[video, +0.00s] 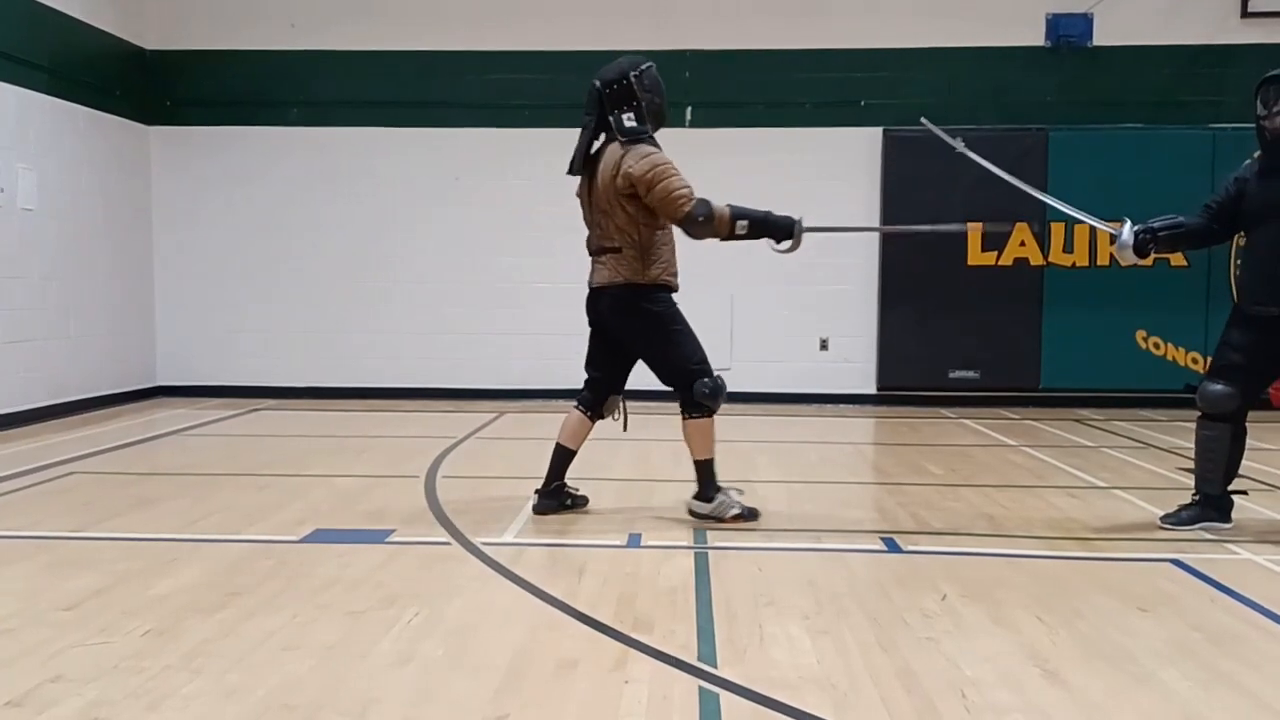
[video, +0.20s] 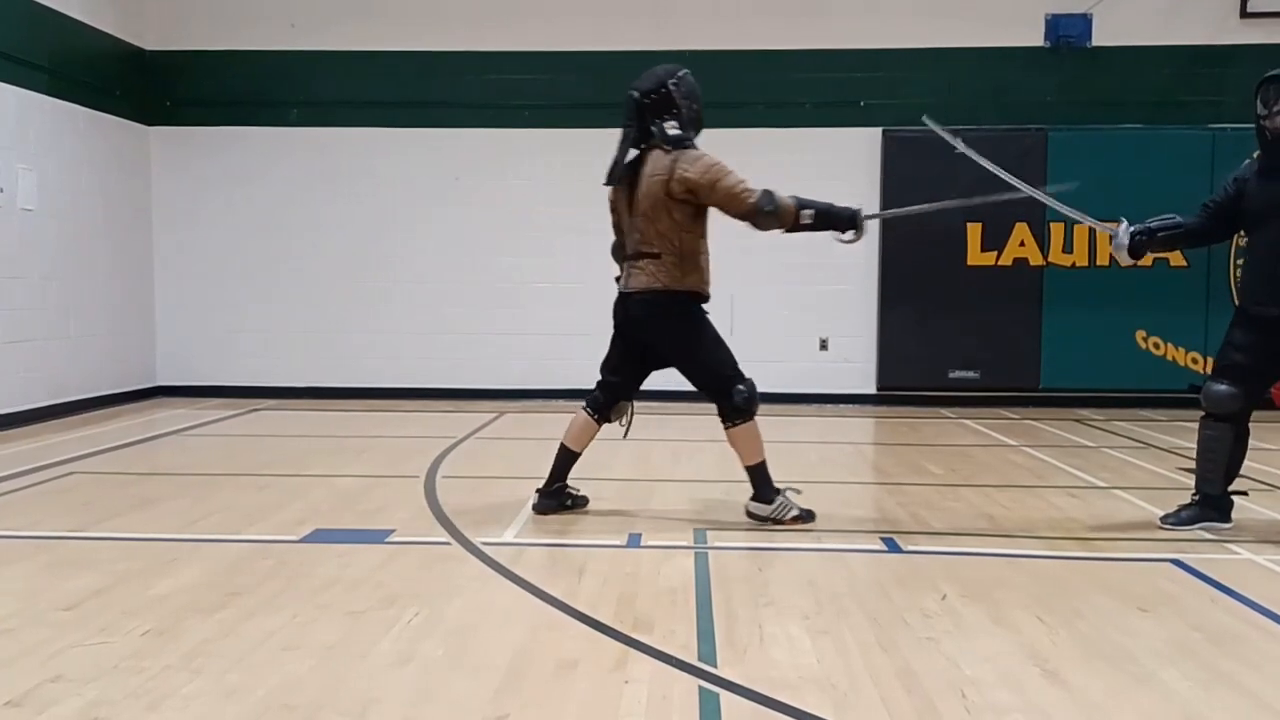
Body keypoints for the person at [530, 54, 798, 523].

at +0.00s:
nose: (660, 101)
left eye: (655, 92)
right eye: (652, 93)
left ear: (608, 103)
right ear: (638, 101)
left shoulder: (597, 154)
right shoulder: (641, 157)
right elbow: (698, 219)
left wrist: (731, 224)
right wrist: (767, 223)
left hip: (607, 297)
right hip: (642, 298)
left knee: (597, 394)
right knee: (699, 388)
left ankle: (551, 488)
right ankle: (708, 494)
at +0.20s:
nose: (696, 112)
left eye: (692, 104)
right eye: (689, 105)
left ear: (643, 113)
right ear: (677, 111)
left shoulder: (628, 169)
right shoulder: (687, 164)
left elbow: (624, 246)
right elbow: (760, 207)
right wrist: (828, 215)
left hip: (634, 307)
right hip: (673, 309)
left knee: (606, 397)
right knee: (734, 396)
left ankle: (552, 488)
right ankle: (766, 496)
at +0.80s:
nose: (713, 122)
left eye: (710, 112)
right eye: (708, 113)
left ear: (661, 115)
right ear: (694, 117)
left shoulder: (634, 171)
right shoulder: (694, 171)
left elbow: (624, 254)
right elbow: (725, 246)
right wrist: (789, 254)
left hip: (636, 312)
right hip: (679, 313)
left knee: (615, 403)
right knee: (739, 402)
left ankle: (555, 488)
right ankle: (781, 500)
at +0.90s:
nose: (694, 116)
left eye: (691, 107)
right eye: (689, 108)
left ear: (643, 115)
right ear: (676, 115)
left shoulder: (622, 167)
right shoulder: (671, 170)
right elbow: (687, 244)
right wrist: (751, 258)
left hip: (621, 307)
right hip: (657, 309)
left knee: (607, 402)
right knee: (722, 395)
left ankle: (554, 488)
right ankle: (758, 494)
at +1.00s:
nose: (685, 112)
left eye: (682, 103)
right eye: (678, 104)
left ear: (632, 111)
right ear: (664, 110)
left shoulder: (620, 162)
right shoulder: (655, 167)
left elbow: (635, 243)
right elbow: (663, 243)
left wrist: (721, 257)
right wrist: (731, 256)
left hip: (615, 304)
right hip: (648, 305)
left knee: (609, 397)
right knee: (717, 383)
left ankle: (554, 486)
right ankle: (698, 492)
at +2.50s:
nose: (655, 105)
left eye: (651, 96)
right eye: (650, 97)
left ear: (604, 104)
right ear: (638, 101)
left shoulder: (588, 153)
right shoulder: (639, 152)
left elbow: (584, 219)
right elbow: (699, 201)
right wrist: (775, 212)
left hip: (595, 293)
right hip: (634, 294)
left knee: (594, 389)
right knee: (674, 390)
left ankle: (553, 487)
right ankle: (683, 495)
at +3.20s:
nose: (664, 103)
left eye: (661, 94)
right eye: (659, 95)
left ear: (613, 101)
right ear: (646, 100)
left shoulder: (592, 151)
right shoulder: (641, 155)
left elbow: (596, 224)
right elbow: (649, 229)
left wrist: (689, 233)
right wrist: (707, 236)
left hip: (590, 292)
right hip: (628, 294)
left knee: (592, 386)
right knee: (671, 392)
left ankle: (553, 487)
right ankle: (683, 495)